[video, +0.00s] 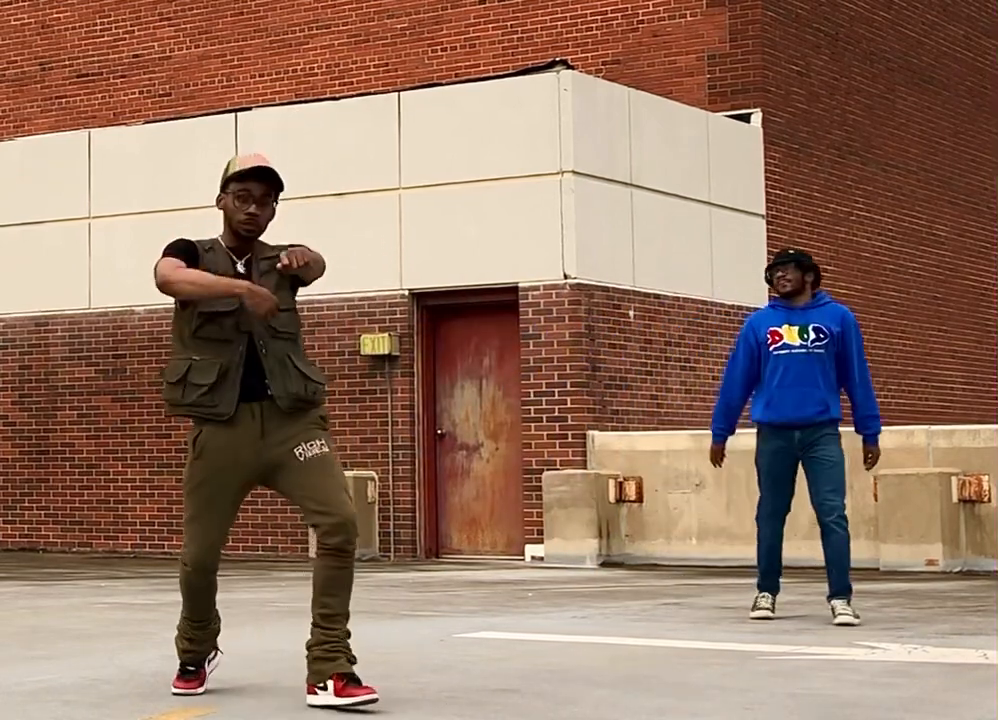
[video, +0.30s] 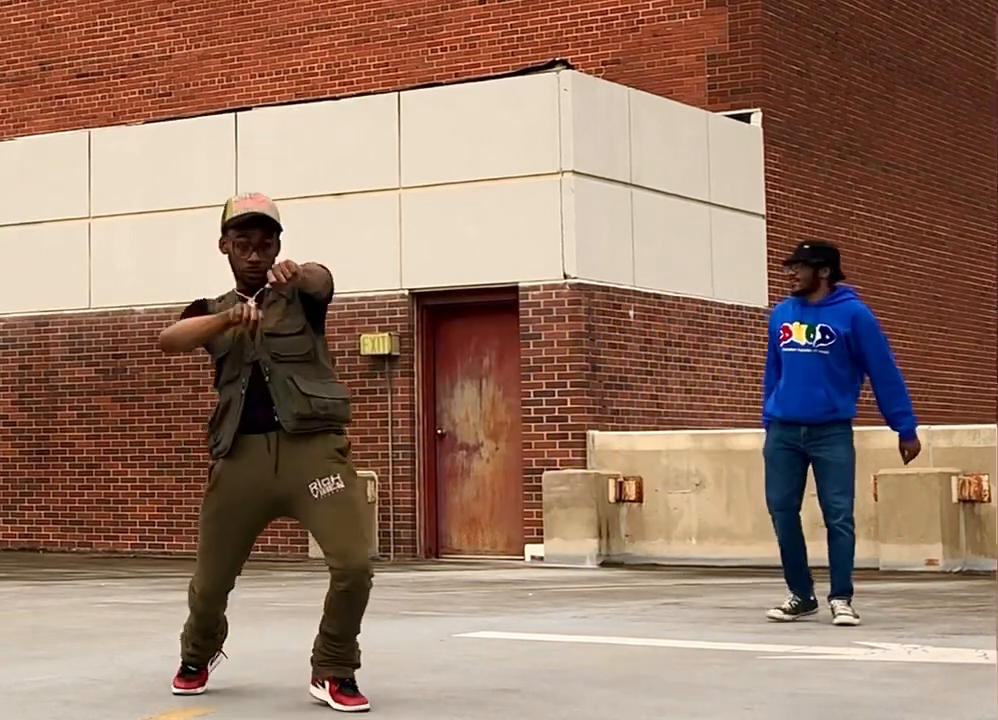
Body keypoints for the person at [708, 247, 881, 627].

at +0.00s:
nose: (781, 276)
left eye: (788, 270)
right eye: (776, 272)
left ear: (808, 275)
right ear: (772, 280)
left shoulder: (838, 317)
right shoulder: (759, 322)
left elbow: (857, 377)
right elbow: (736, 380)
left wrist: (870, 432)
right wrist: (719, 435)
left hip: (822, 432)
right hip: (773, 433)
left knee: (832, 513)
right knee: (770, 514)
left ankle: (840, 599)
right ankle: (766, 592)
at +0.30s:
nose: (789, 272)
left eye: (797, 267)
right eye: (790, 267)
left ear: (823, 271)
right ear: (804, 272)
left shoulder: (854, 314)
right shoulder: (782, 313)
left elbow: (885, 372)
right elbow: (772, 371)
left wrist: (906, 429)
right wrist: (769, 421)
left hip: (831, 431)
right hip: (783, 431)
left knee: (838, 515)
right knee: (781, 511)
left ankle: (840, 599)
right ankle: (801, 596)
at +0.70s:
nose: (781, 282)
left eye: (785, 275)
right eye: (781, 276)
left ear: (805, 275)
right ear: (804, 276)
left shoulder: (840, 308)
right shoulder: (802, 313)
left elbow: (836, 367)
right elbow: (796, 373)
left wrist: (809, 412)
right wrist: (784, 424)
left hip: (830, 428)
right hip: (793, 428)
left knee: (841, 516)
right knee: (787, 513)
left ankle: (842, 599)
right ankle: (792, 598)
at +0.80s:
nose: (777, 282)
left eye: (782, 275)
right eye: (778, 275)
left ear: (802, 275)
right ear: (800, 276)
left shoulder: (835, 308)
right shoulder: (801, 312)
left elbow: (826, 366)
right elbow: (798, 367)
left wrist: (788, 409)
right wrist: (785, 410)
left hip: (829, 430)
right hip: (795, 429)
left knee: (839, 516)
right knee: (787, 513)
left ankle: (841, 598)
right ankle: (787, 597)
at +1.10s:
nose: (759, 288)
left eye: (763, 282)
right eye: (760, 282)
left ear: (777, 283)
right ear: (787, 284)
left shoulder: (792, 320)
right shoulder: (791, 318)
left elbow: (775, 383)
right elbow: (781, 383)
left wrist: (751, 438)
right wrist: (762, 434)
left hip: (798, 429)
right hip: (781, 430)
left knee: (807, 511)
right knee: (774, 510)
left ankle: (834, 595)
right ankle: (787, 598)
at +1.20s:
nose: (753, 290)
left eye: (756, 284)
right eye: (754, 284)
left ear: (769, 285)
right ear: (787, 285)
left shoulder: (779, 322)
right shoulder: (799, 319)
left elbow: (767, 383)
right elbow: (779, 383)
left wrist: (748, 435)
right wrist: (757, 436)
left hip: (787, 424)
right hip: (788, 422)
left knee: (784, 507)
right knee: (771, 510)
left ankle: (822, 594)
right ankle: (788, 596)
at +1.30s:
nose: (750, 288)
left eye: (752, 282)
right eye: (751, 282)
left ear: (763, 283)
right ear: (787, 283)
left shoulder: (768, 317)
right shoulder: (806, 318)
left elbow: (756, 374)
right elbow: (806, 373)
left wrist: (735, 426)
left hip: (777, 423)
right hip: (801, 424)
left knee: (761, 505)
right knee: (785, 505)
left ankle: (796, 591)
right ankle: (795, 589)